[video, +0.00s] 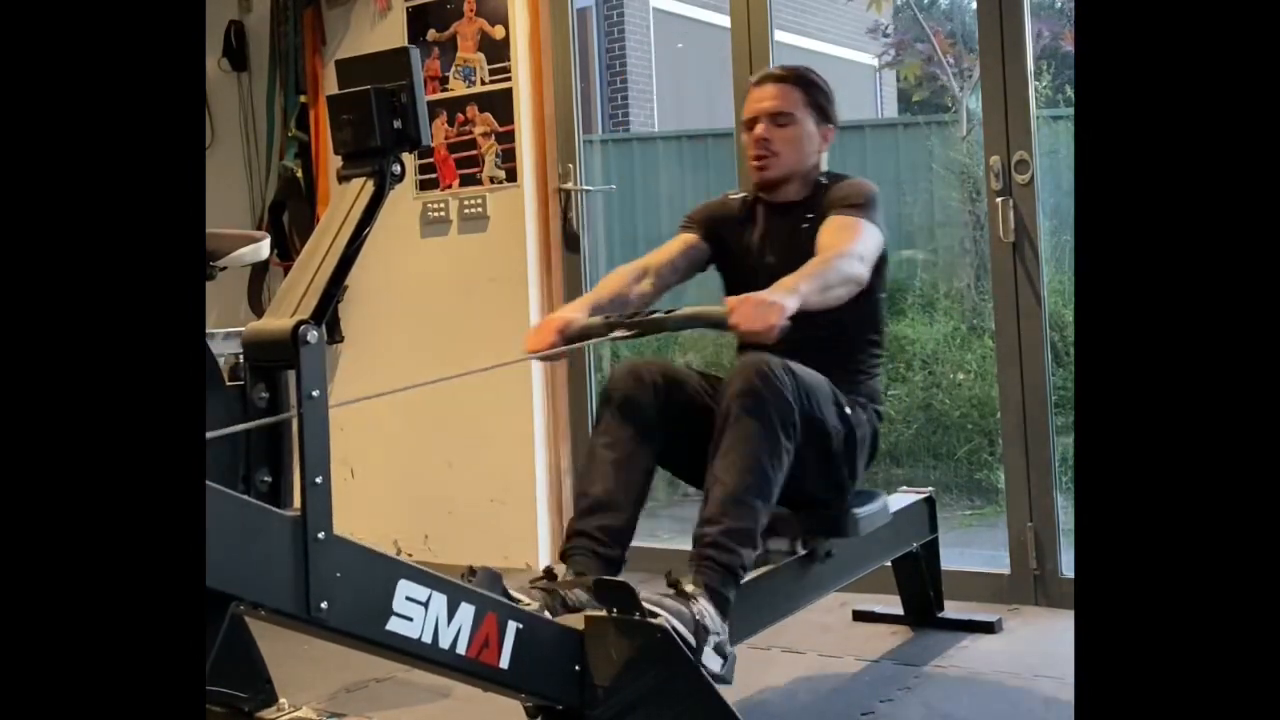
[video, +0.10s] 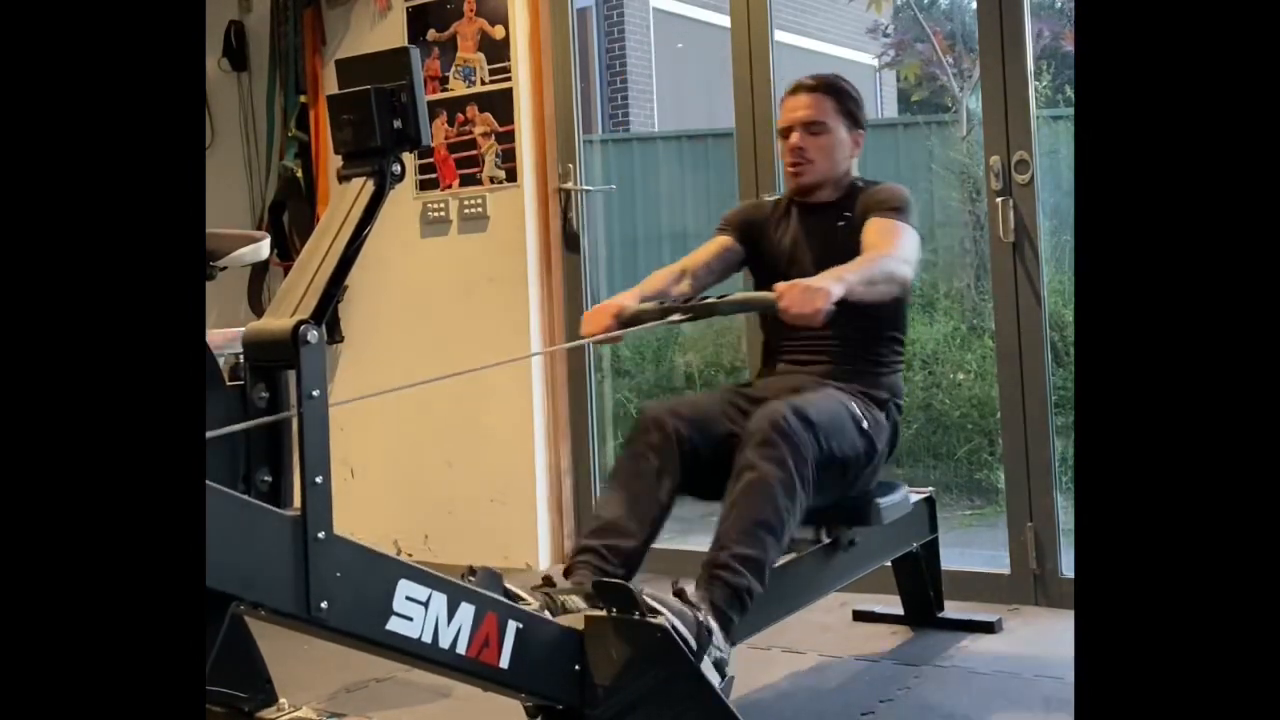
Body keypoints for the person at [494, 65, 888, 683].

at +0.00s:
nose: (758, 135)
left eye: (779, 121)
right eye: (749, 124)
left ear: (825, 136)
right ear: (740, 136)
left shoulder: (851, 200)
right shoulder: (724, 217)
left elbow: (844, 264)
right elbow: (646, 276)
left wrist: (786, 294)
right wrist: (574, 314)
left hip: (836, 438)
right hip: (746, 426)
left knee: (760, 371)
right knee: (637, 381)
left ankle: (707, 606)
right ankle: (582, 580)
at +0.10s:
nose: (793, 144)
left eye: (812, 130)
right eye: (785, 132)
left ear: (855, 142)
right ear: (776, 142)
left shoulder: (881, 203)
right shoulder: (758, 220)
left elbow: (894, 267)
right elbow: (686, 275)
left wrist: (833, 283)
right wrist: (624, 302)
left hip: (855, 403)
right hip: (765, 394)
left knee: (779, 425)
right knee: (662, 423)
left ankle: (710, 618)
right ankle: (587, 584)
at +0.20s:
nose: (824, 164)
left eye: (839, 149)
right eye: (813, 152)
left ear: (880, 155)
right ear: (805, 161)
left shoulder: (909, 221)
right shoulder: (789, 232)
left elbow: (950, 286)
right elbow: (721, 286)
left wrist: (882, 284)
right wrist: (673, 300)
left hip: (863, 403)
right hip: (777, 399)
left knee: (793, 467)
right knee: (684, 467)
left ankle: (719, 621)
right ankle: (589, 591)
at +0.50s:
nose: (785, 166)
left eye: (803, 149)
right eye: (775, 153)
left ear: (847, 152)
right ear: (766, 160)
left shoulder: (894, 229)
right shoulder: (758, 241)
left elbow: (998, 296)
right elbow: (680, 310)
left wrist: (893, 287)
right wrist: (673, 308)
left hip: (851, 445)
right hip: (754, 436)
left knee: (763, 396)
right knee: (660, 391)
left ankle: (714, 617)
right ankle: (592, 580)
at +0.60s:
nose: (757, 151)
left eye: (777, 134)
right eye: (747, 136)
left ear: (820, 143)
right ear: (738, 144)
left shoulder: (862, 212)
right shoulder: (728, 228)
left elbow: (927, 264)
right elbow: (655, 283)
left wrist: (828, 281)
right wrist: (606, 303)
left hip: (831, 457)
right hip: (737, 448)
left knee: (750, 369)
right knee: (635, 364)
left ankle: (712, 608)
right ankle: (592, 572)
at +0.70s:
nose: (719, 142)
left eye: (739, 124)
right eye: (709, 127)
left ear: (786, 134)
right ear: (699, 137)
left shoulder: (823, 201)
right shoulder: (692, 222)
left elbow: (855, 251)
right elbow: (604, 277)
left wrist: (762, 279)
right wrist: (538, 311)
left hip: (806, 472)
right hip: (715, 469)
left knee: (735, 340)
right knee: (610, 349)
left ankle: (707, 592)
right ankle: (581, 573)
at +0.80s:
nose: (675, 142)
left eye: (698, 124)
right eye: (666, 126)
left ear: (749, 134)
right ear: (657, 136)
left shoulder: (791, 206)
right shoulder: (651, 223)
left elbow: (775, 262)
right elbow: (560, 284)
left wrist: (690, 308)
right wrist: (472, 339)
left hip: (779, 477)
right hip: (684, 476)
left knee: (725, 327)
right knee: (585, 318)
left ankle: (703, 578)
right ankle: (577, 565)